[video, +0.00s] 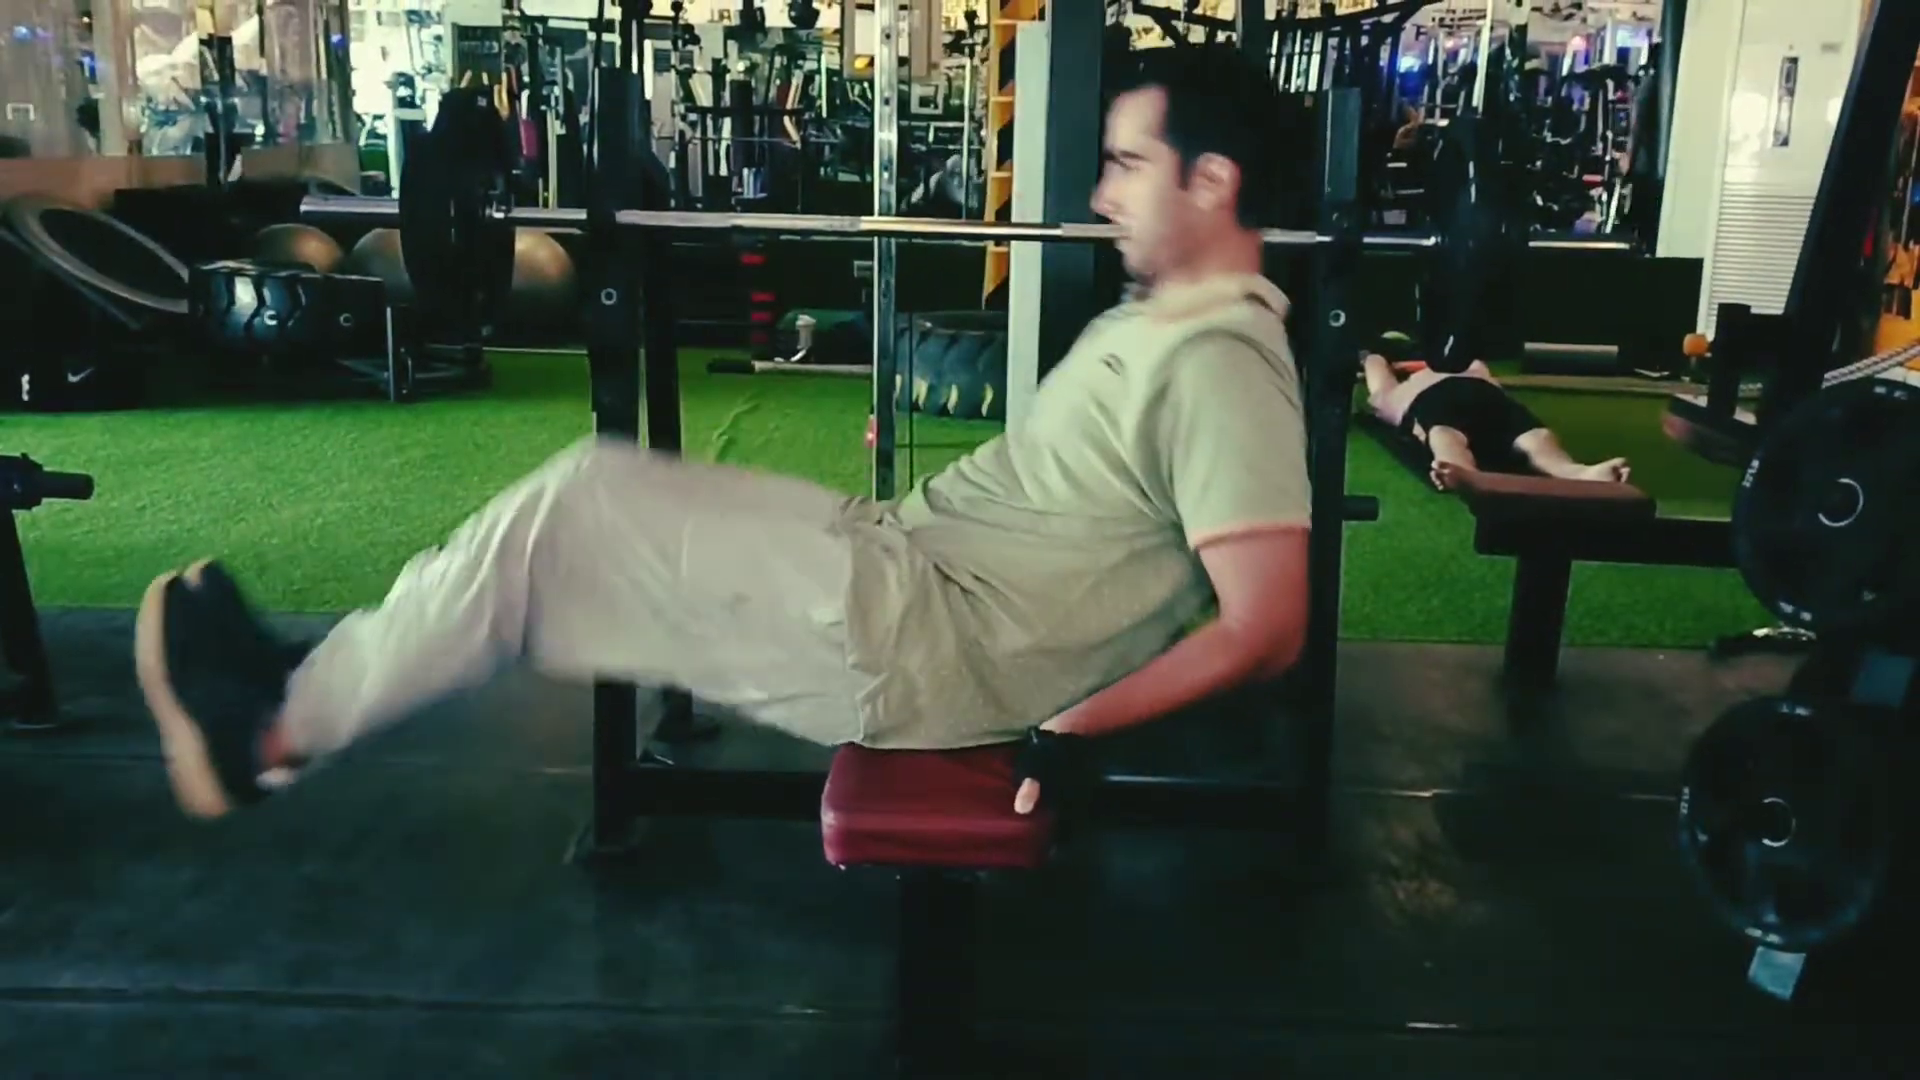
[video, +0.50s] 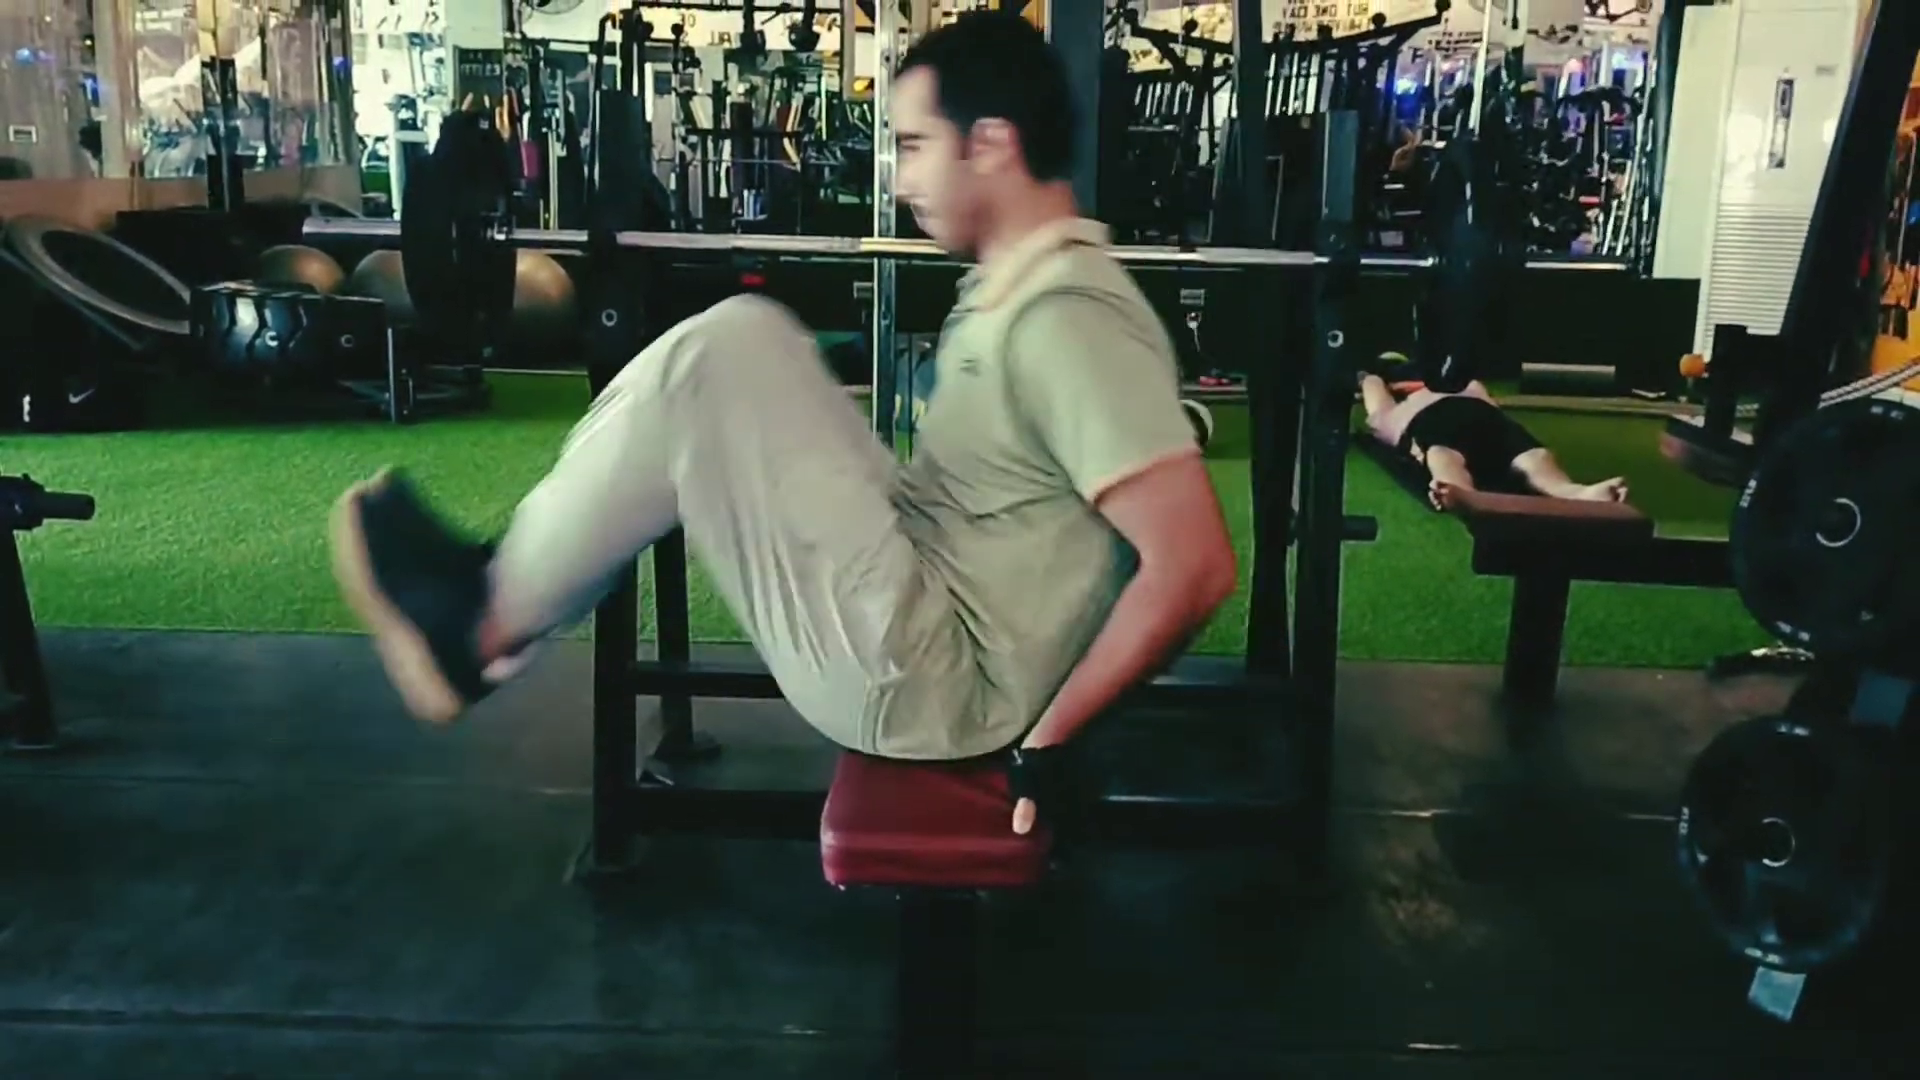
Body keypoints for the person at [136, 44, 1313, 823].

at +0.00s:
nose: (1104, 197)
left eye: (1129, 168)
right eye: (1108, 169)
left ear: (1218, 184)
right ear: (1202, 188)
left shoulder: (1220, 354)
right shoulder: (1168, 324)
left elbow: (1268, 622)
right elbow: (1206, 575)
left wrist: (1084, 723)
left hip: (939, 640)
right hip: (910, 580)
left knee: (579, 510)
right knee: (588, 488)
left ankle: (262, 743)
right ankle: (297, 690)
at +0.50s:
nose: (896, 181)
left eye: (911, 146)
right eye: (894, 150)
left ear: (995, 147)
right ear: (989, 150)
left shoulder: (1066, 309)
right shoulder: (1019, 293)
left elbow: (1190, 564)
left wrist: (1039, 744)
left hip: (937, 680)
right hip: (918, 646)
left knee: (730, 345)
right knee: (717, 348)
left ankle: (483, 632)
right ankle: (486, 610)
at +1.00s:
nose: (1137, 234)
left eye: (1161, 208)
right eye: (1141, 208)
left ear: (1249, 226)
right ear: (1229, 231)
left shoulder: (1252, 393)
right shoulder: (1191, 363)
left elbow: (1271, 667)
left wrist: (1058, 761)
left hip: (931, 661)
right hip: (903, 590)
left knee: (566, 603)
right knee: (587, 559)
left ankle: (250, 810)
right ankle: (287, 762)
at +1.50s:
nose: (853, 195)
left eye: (864, 162)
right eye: (850, 164)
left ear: (941, 161)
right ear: (944, 163)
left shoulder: (1036, 322)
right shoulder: (992, 303)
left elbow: (1178, 571)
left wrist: (1034, 761)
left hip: (937, 705)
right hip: (924, 676)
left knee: (772, 341)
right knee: (779, 333)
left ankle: (524, 622)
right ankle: (539, 593)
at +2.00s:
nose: (1106, 237)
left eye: (1129, 209)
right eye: (1111, 211)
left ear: (1216, 227)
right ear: (1206, 229)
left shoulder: (1222, 391)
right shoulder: (1182, 357)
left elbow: (1264, 663)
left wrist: (1058, 769)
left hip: (912, 678)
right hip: (882, 601)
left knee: (552, 628)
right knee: (574, 575)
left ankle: (254, 856)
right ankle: (293, 810)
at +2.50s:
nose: (902, 218)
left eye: (919, 186)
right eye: (900, 190)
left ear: (1008, 185)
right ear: (998, 189)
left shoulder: (1076, 342)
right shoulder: (1029, 329)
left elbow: (1201, 602)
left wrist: (1036, 784)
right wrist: (879, 530)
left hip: (935, 712)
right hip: (912, 670)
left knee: (704, 394)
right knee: (698, 398)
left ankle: (460, 692)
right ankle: (467, 666)